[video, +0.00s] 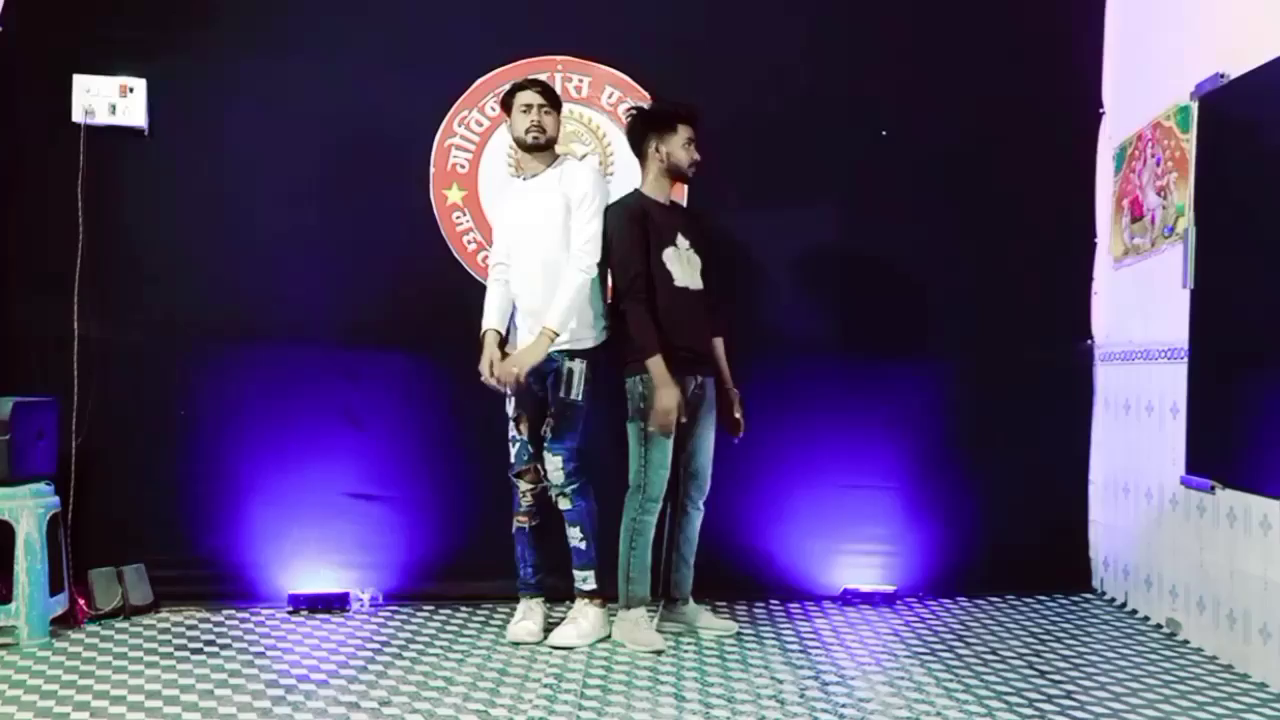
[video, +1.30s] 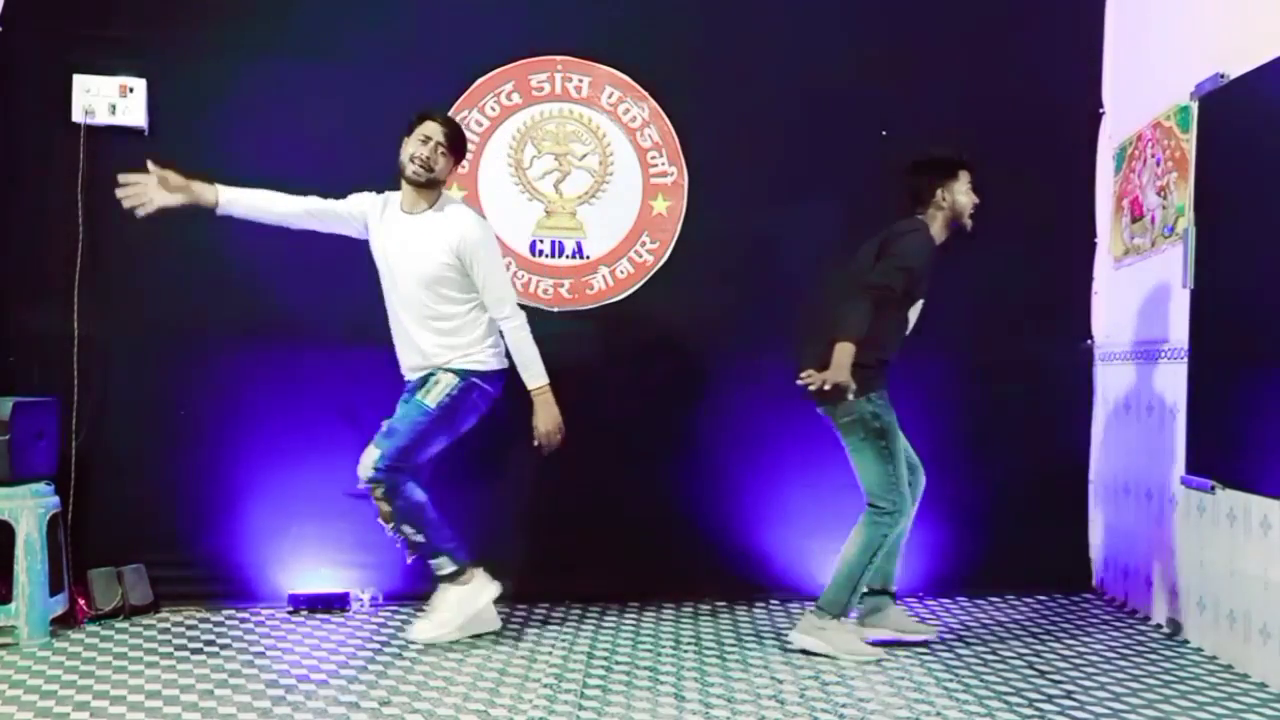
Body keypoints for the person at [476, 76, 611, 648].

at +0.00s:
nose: (535, 118)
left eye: (545, 110)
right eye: (524, 110)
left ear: (559, 121)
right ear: (508, 121)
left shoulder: (581, 175)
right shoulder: (506, 188)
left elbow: (586, 264)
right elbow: (501, 265)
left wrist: (541, 341)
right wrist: (491, 337)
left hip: (572, 343)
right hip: (520, 345)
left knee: (562, 468)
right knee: (524, 474)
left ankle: (589, 602)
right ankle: (530, 599)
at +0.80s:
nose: (494, 156)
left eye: (506, 148)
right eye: (485, 147)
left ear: (523, 161)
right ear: (470, 159)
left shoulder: (548, 220)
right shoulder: (466, 231)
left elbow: (579, 311)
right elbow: (460, 314)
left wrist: (597, 394)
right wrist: (437, 399)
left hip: (564, 374)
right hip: (514, 375)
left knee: (535, 485)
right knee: (476, 479)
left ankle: (583, 601)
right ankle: (540, 580)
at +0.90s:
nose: (486, 160)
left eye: (498, 152)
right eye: (476, 150)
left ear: (513, 164)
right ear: (461, 160)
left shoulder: (538, 223)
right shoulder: (447, 232)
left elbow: (575, 313)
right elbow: (420, 311)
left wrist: (598, 394)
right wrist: (377, 386)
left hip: (555, 370)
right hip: (504, 378)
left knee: (505, 477)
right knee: (485, 499)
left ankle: (568, 586)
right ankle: (549, 590)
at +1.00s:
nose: (472, 155)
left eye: (485, 149)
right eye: (463, 145)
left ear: (498, 164)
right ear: (446, 155)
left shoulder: (523, 222)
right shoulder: (427, 228)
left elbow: (563, 308)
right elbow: (380, 289)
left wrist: (593, 390)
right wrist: (311, 347)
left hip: (541, 367)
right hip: (489, 373)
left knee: (495, 485)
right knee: (452, 485)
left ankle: (558, 605)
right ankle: (532, 583)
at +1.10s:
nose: (456, 155)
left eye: (469, 151)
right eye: (448, 145)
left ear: (481, 169)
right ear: (429, 154)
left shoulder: (500, 226)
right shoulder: (408, 226)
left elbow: (547, 309)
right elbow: (339, 262)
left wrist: (579, 389)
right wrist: (254, 289)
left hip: (523, 375)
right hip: (468, 376)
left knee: (479, 494)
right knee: (413, 474)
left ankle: (554, 605)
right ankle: (490, 585)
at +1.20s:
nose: (438, 156)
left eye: (451, 152)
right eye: (431, 144)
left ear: (462, 170)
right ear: (413, 153)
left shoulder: (477, 228)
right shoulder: (388, 216)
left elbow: (527, 311)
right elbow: (311, 230)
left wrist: (560, 391)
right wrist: (214, 232)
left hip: (491, 373)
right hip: (441, 377)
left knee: (413, 485)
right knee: (404, 497)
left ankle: (513, 576)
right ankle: (475, 601)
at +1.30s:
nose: (426, 152)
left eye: (440, 149)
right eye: (421, 141)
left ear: (452, 167)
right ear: (403, 149)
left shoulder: (467, 227)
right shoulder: (375, 212)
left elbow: (511, 314)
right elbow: (294, 208)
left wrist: (543, 394)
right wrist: (196, 192)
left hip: (472, 370)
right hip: (421, 375)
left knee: (381, 465)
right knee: (386, 488)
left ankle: (462, 578)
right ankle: (465, 596)